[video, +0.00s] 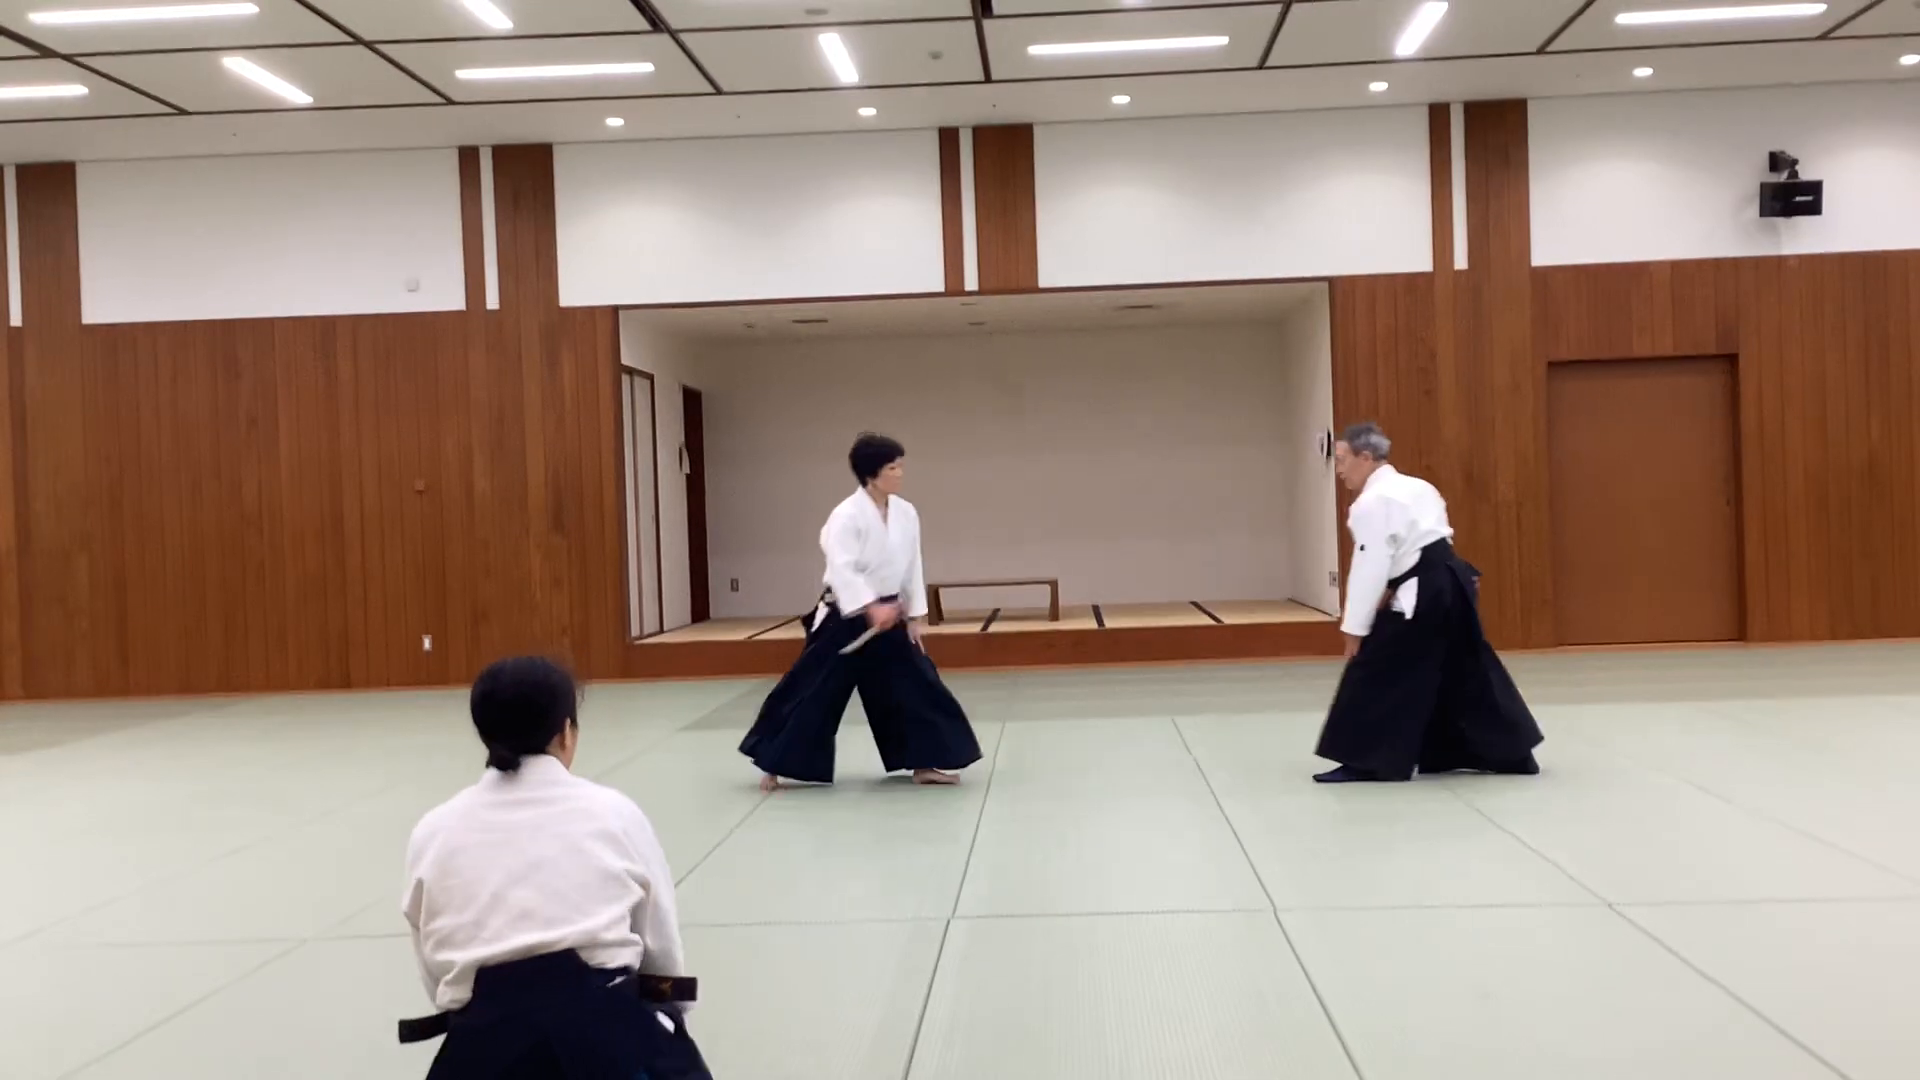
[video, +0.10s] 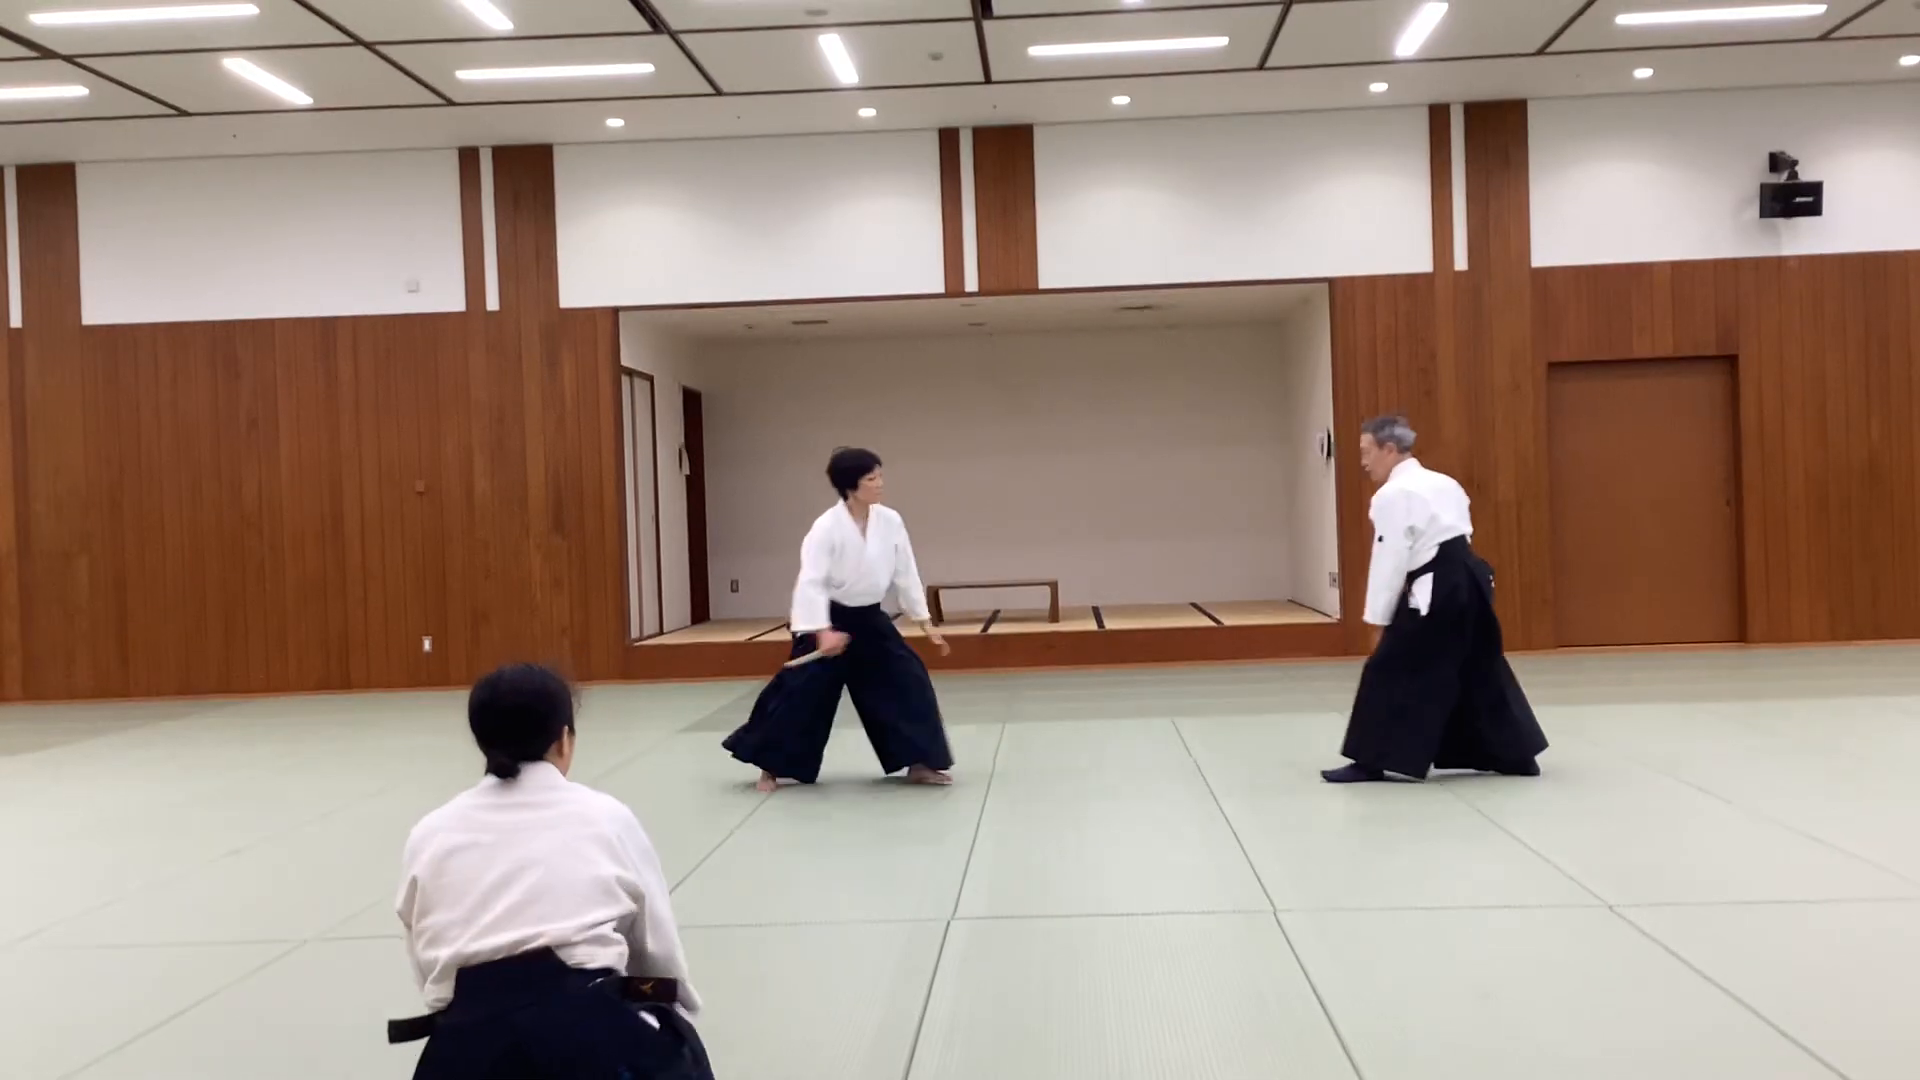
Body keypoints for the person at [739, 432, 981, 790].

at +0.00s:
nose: (901, 472)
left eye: (901, 465)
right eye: (893, 467)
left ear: (892, 473)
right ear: (872, 474)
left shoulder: (906, 513)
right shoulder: (845, 516)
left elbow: (913, 568)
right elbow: (841, 570)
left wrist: (915, 619)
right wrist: (870, 606)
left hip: (888, 615)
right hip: (844, 616)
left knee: (917, 683)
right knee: (815, 690)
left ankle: (923, 765)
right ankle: (774, 759)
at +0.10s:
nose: (880, 483)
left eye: (880, 476)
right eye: (871, 478)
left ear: (879, 479)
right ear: (850, 486)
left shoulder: (890, 521)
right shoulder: (826, 528)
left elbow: (907, 575)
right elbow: (811, 583)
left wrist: (928, 624)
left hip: (870, 618)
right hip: (828, 617)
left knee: (911, 674)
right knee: (801, 689)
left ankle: (919, 764)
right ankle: (770, 767)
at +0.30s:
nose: (878, 492)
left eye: (877, 485)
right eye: (869, 489)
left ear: (875, 487)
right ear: (848, 497)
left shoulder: (892, 525)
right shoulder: (827, 535)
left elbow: (926, 563)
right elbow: (798, 588)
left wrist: (965, 600)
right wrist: (795, 635)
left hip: (881, 625)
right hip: (837, 627)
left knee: (928, 671)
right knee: (811, 689)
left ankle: (947, 755)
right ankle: (776, 764)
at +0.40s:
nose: (903, 493)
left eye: (901, 486)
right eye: (894, 489)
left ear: (899, 494)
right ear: (874, 499)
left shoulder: (915, 525)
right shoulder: (851, 538)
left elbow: (949, 561)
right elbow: (822, 590)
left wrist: (991, 595)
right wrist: (824, 635)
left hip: (902, 627)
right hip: (858, 629)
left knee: (951, 670)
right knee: (823, 688)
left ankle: (970, 752)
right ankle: (776, 763)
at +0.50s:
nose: (942, 490)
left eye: (939, 484)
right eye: (933, 487)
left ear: (934, 492)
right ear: (915, 497)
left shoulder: (953, 522)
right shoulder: (894, 536)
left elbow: (983, 563)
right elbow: (870, 590)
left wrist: (1021, 599)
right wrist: (877, 635)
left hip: (933, 624)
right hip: (895, 624)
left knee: (975, 680)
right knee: (853, 691)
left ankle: (977, 761)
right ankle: (787, 749)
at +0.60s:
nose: (979, 487)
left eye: (976, 481)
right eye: (971, 485)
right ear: (954, 495)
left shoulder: (987, 516)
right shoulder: (932, 536)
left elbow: (1007, 563)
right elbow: (926, 594)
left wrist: (1027, 610)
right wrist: (956, 621)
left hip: (964, 622)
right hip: (927, 625)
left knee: (1000, 688)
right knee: (906, 694)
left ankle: (983, 762)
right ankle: (842, 742)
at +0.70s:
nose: (1007, 484)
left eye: (1003, 478)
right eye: (999, 481)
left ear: (989, 490)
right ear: (984, 492)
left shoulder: (1009, 513)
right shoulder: (967, 527)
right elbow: (990, 573)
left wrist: (1026, 537)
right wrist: (1016, 540)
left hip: (994, 617)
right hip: (965, 618)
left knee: (1019, 690)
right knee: (972, 686)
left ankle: (987, 759)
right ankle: (943, 752)